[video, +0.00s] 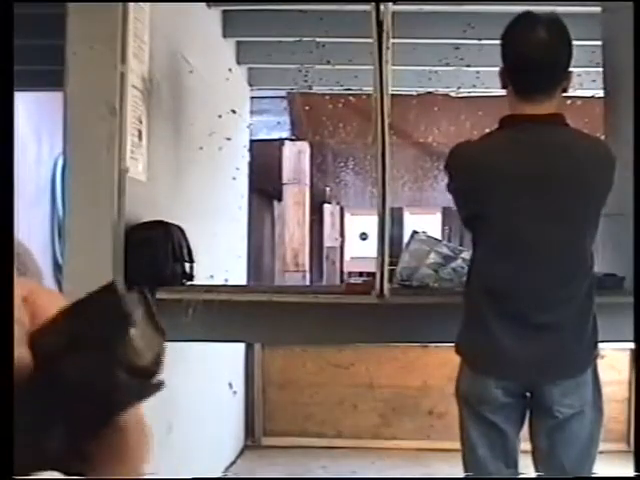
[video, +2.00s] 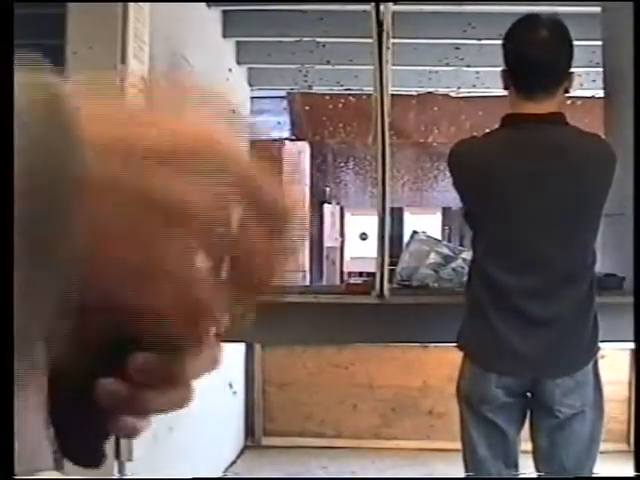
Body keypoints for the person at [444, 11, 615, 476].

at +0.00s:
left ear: (503, 79)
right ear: (567, 80)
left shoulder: (467, 160)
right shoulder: (598, 159)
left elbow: (478, 222)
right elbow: (568, 220)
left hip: (489, 359)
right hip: (567, 362)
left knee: (489, 472)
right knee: (568, 472)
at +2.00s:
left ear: (505, 80)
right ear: (569, 82)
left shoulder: (468, 158)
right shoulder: (599, 156)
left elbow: (485, 221)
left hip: (491, 357)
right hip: (569, 360)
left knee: (489, 472)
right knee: (568, 472)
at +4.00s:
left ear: (501, 78)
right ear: (565, 80)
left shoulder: (465, 159)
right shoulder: (596, 155)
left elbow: (484, 220)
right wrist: (549, 117)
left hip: (490, 356)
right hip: (568, 358)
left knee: (489, 472)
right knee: (568, 472)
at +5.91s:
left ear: (499, 79)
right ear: (565, 81)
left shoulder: (465, 160)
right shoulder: (597, 154)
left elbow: (477, 220)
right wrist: (549, 115)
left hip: (492, 358)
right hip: (571, 358)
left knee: (490, 472)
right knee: (570, 472)